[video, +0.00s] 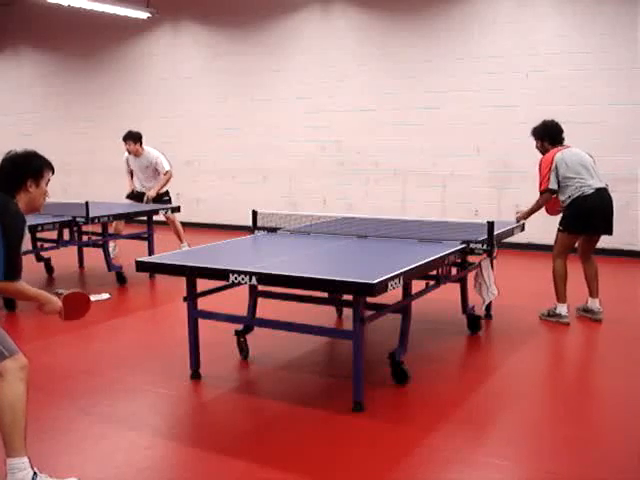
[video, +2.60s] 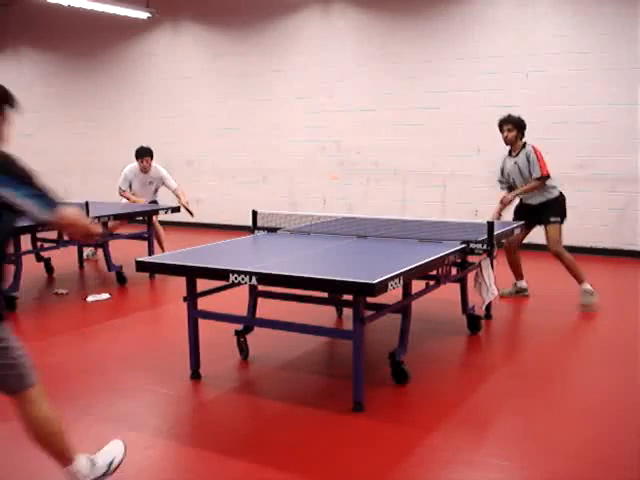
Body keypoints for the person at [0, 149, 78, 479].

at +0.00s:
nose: (47, 193)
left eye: (47, 185)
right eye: (45, 184)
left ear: (23, 184)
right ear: (29, 185)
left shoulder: (8, 214)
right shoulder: (11, 217)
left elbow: (9, 281)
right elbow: (6, 283)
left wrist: (44, 296)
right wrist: (42, 297)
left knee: (14, 366)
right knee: (15, 366)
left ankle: (18, 466)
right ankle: (18, 469)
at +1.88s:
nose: (10, 161)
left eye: (12, 153)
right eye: (8, 152)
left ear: (5, 153)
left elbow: (16, 242)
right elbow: (19, 248)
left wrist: (51, 263)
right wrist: (57, 270)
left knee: (34, 356)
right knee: (37, 357)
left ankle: (30, 459)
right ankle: (31, 460)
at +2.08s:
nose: (62, 180)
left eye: (63, 171)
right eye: (58, 170)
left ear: (28, 167)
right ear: (37, 168)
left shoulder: (4, 187)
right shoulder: (22, 196)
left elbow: (21, 236)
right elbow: (71, 241)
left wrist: (46, 261)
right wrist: (80, 272)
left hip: (6, 311)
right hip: (6, 313)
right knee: (74, 362)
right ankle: (89, 464)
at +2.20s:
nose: (93, 205)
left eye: (95, 199)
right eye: (92, 197)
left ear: (51, 183)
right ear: (74, 189)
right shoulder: (66, 212)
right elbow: (119, 240)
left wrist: (114, 269)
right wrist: (123, 271)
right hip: (16, 321)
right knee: (92, 362)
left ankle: (91, 463)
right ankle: (92, 465)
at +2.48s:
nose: (65, 178)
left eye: (65, 170)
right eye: (63, 170)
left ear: (19, 166)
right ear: (48, 171)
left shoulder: (6, 194)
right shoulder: (53, 201)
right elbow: (130, 218)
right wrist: (165, 239)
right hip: (13, 327)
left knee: (76, 363)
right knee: (78, 365)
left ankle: (92, 463)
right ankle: (92, 464)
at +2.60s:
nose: (10, 127)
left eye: (8, 118)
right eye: (7, 118)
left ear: (2, 119)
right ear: (1, 119)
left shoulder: (5, 166)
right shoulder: (2, 166)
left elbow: (47, 211)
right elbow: (55, 216)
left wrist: (80, 225)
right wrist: (92, 228)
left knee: (26, 389)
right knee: (25, 389)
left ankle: (77, 465)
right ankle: (78, 466)